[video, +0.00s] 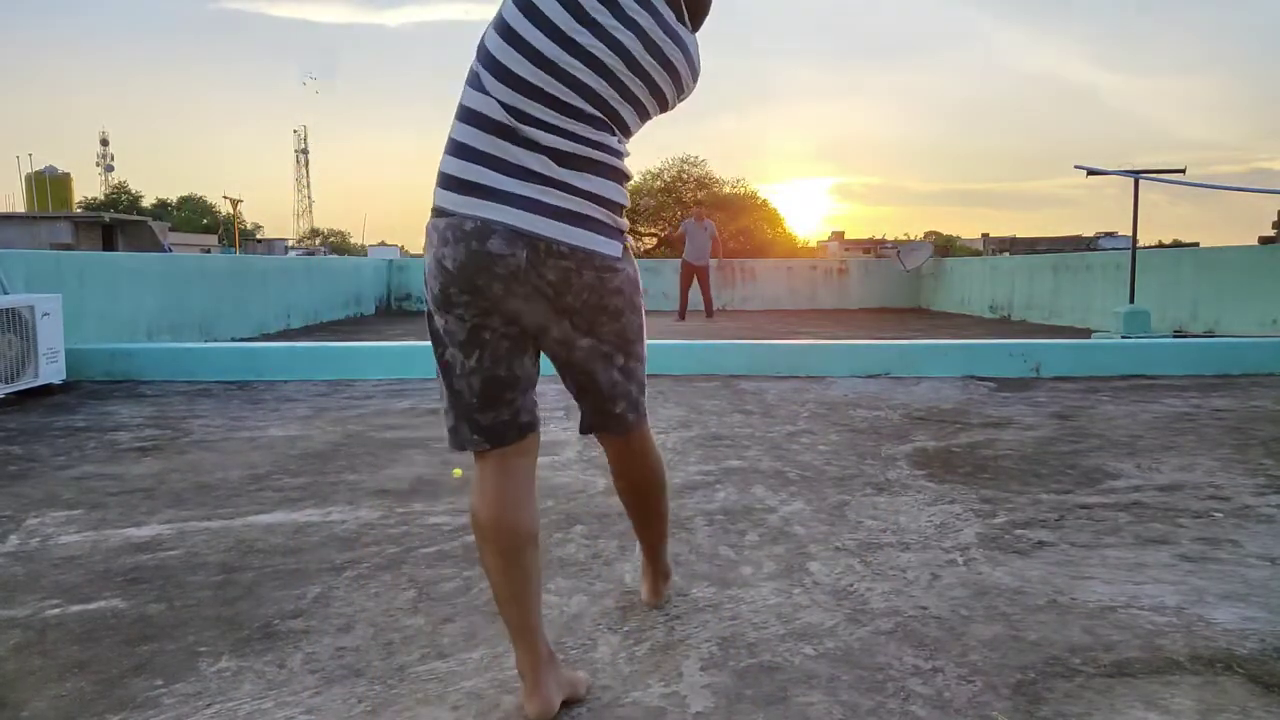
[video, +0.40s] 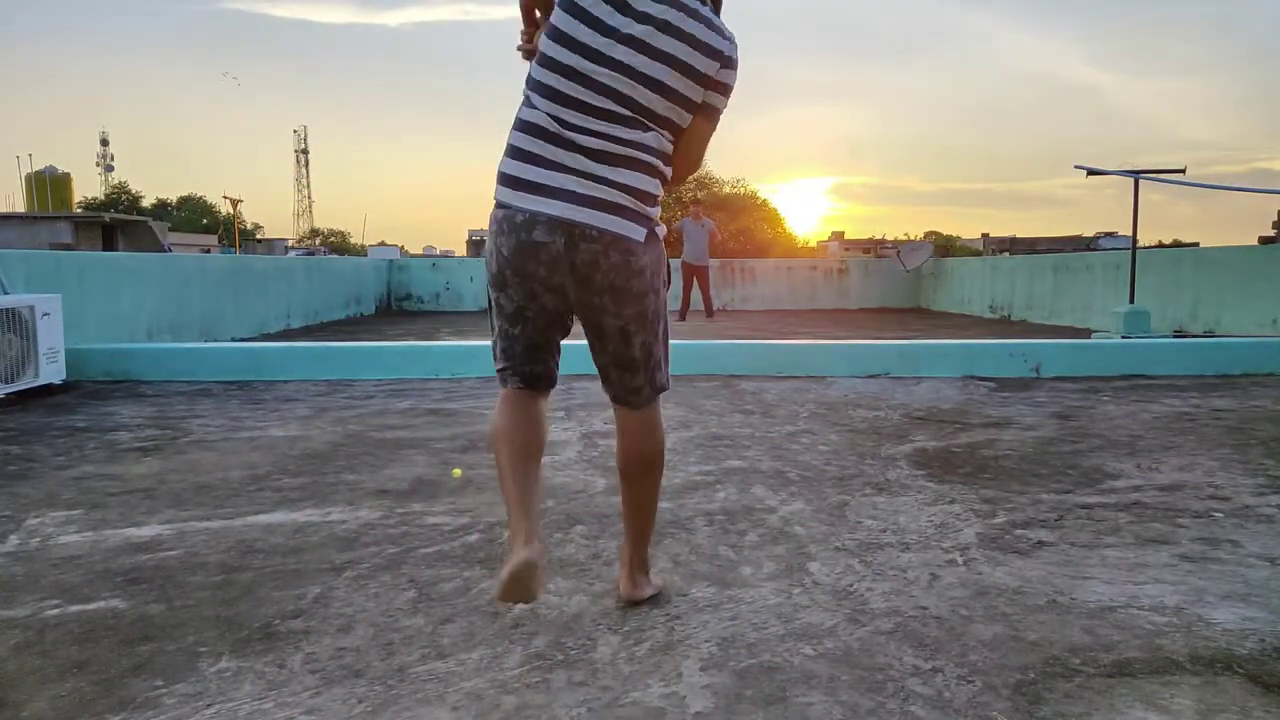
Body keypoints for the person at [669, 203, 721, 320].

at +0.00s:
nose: (698, 210)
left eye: (700, 208)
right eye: (696, 208)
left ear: (704, 210)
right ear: (692, 210)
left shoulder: (710, 224)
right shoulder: (687, 224)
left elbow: (716, 240)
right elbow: (678, 236)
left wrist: (720, 257)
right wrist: (671, 236)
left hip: (703, 262)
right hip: (688, 261)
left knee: (706, 291)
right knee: (684, 290)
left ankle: (709, 315)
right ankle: (681, 316)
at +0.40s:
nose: (695, 209)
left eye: (698, 206)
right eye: (693, 206)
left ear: (702, 208)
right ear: (690, 208)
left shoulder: (707, 223)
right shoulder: (685, 222)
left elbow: (717, 237)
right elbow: (673, 229)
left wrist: (708, 245)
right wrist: (684, 240)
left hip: (702, 261)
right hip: (687, 260)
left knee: (705, 291)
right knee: (686, 290)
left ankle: (710, 314)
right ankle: (682, 315)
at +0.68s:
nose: (693, 212)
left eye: (696, 209)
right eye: (691, 209)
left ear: (701, 209)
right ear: (687, 209)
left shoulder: (705, 222)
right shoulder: (684, 222)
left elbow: (716, 233)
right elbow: (672, 229)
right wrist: (664, 232)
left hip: (701, 260)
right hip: (687, 260)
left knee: (705, 290)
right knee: (686, 290)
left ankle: (710, 314)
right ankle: (682, 316)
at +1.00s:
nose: (693, 209)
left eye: (695, 206)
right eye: (690, 207)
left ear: (700, 208)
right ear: (687, 209)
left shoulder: (705, 223)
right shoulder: (683, 223)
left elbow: (709, 240)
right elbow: (681, 240)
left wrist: (712, 257)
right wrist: (680, 257)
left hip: (701, 262)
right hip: (687, 261)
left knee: (705, 291)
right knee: (686, 291)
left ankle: (709, 314)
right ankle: (682, 315)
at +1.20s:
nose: (693, 209)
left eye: (695, 206)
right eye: (690, 206)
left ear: (700, 208)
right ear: (687, 209)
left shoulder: (705, 222)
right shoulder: (683, 223)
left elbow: (707, 235)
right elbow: (682, 236)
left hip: (702, 261)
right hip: (687, 260)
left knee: (705, 291)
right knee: (686, 290)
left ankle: (709, 314)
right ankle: (682, 315)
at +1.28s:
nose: (693, 208)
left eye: (695, 205)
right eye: (690, 206)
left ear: (700, 207)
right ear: (687, 208)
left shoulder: (705, 222)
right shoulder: (683, 223)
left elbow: (707, 235)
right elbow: (682, 236)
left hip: (702, 261)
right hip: (687, 260)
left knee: (705, 291)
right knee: (686, 290)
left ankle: (709, 314)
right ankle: (682, 315)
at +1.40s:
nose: (692, 209)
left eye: (695, 206)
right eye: (690, 206)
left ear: (699, 208)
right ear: (687, 209)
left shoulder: (705, 222)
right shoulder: (683, 223)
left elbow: (710, 238)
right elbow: (681, 243)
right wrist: (677, 260)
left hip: (702, 262)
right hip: (688, 261)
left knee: (705, 291)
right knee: (686, 291)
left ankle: (709, 315)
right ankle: (682, 315)